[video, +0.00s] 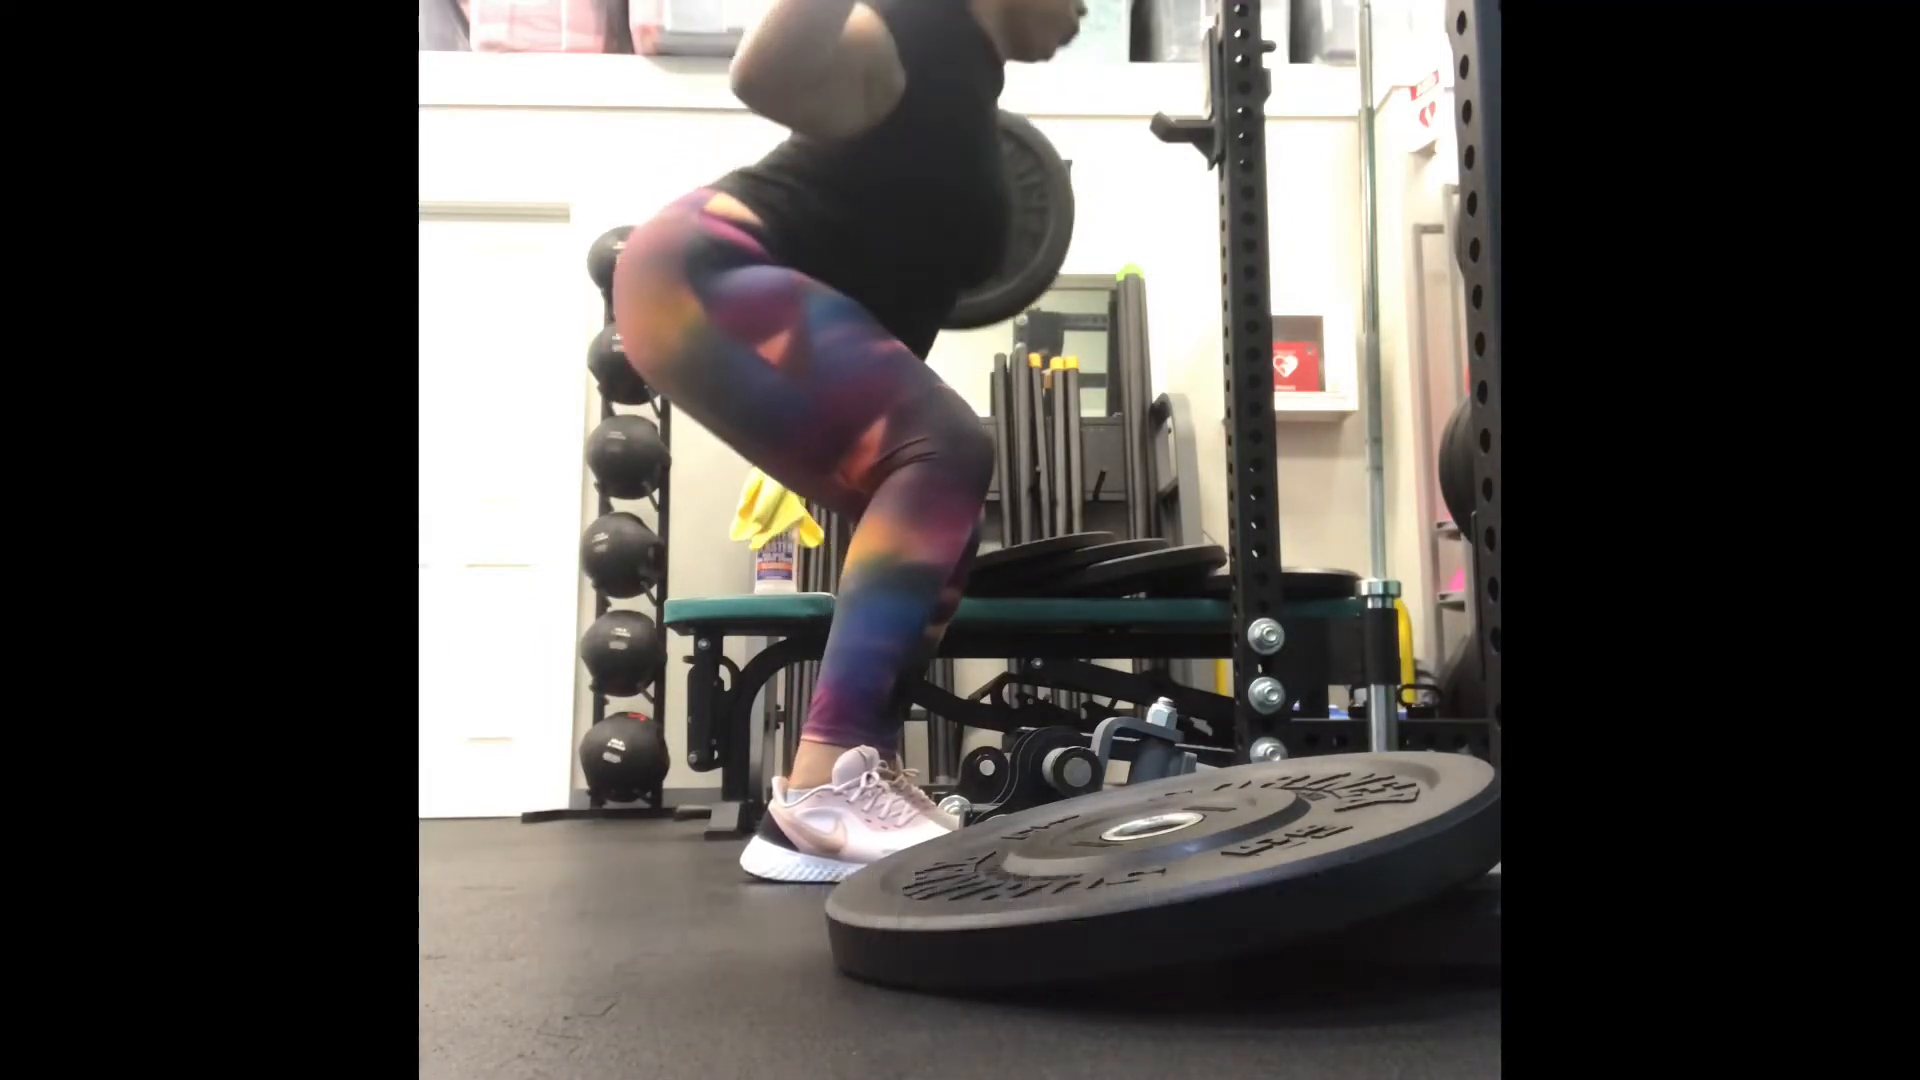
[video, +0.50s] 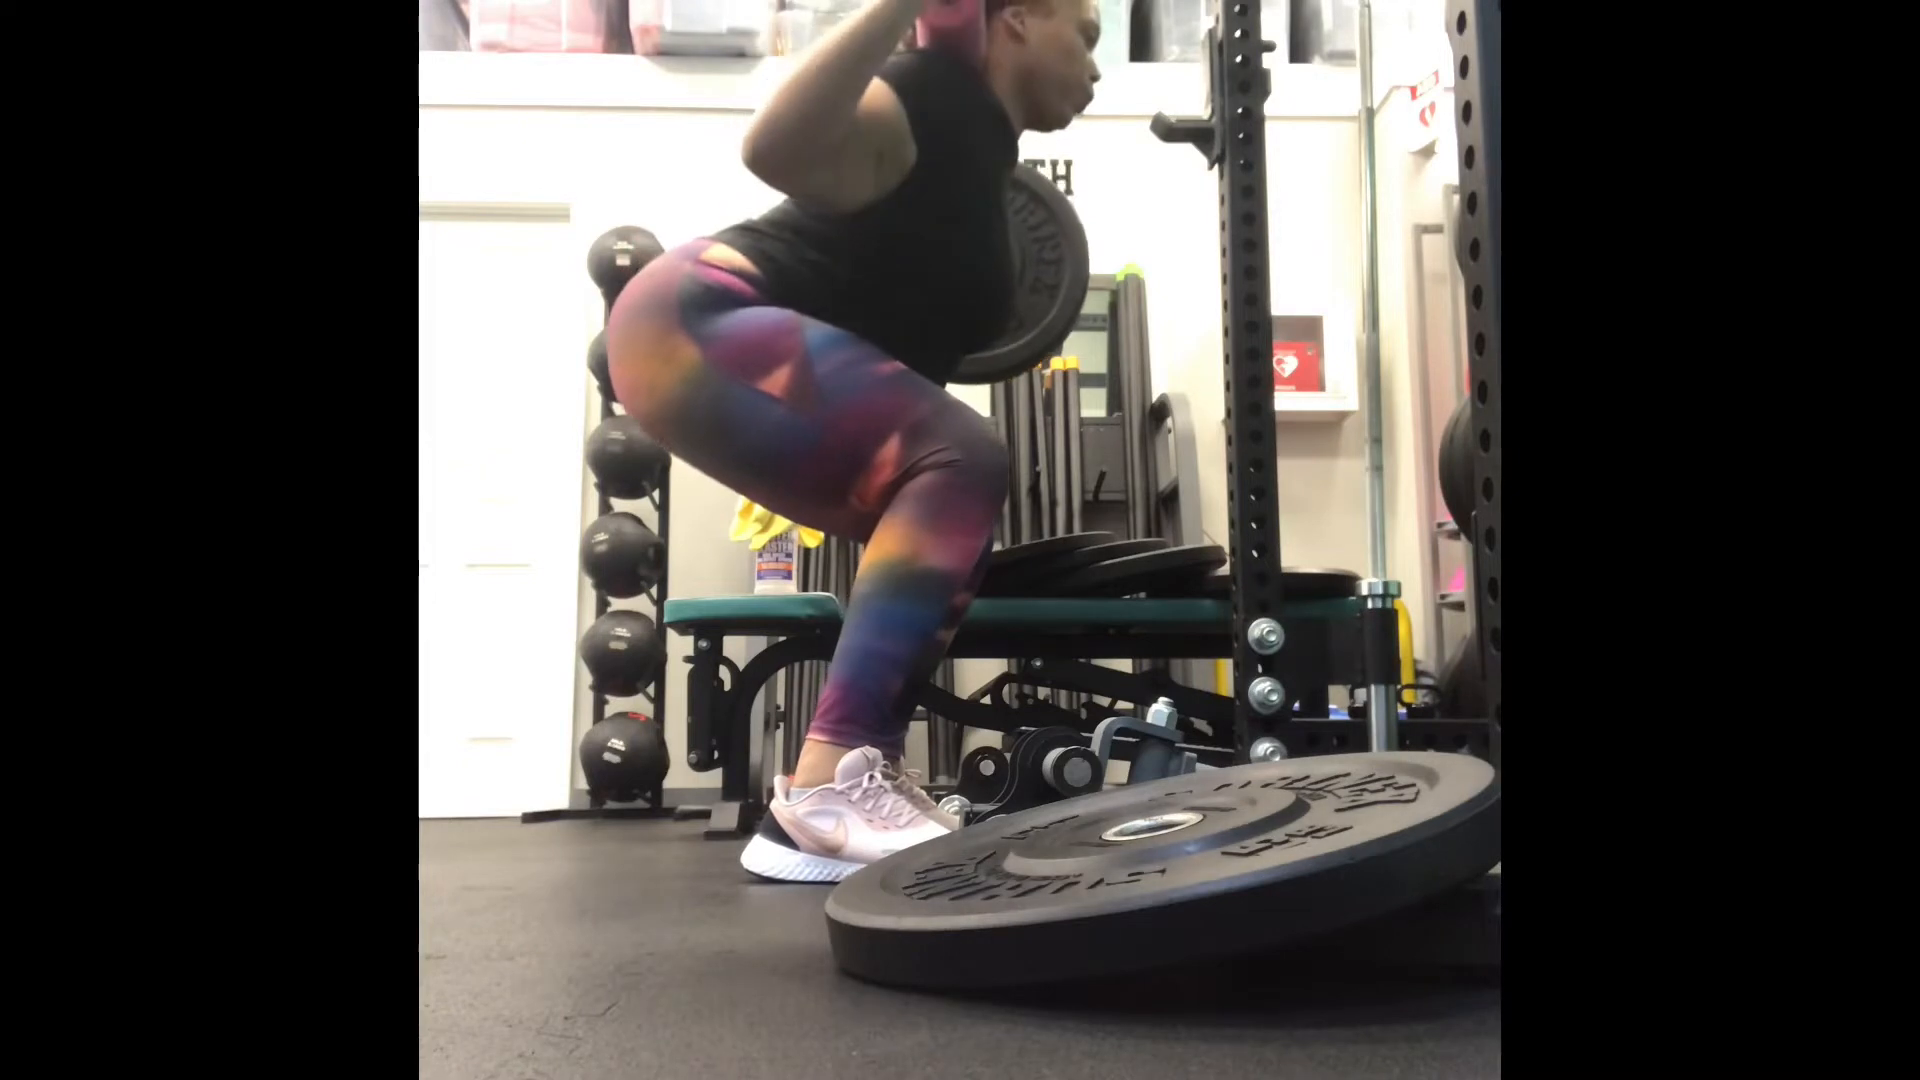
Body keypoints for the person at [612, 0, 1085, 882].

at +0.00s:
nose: (1080, 13)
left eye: (1081, 2)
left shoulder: (962, 104)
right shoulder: (932, 33)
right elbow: (769, 74)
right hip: (697, 260)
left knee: (925, 506)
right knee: (941, 446)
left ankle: (831, 801)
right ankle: (827, 780)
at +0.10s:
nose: (1086, 26)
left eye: (1086, 8)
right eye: (1076, 1)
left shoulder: (966, 117)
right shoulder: (926, 49)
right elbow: (770, 96)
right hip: (694, 280)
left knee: (936, 506)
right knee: (946, 450)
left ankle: (839, 796)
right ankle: (827, 781)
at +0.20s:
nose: (1089, 39)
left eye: (1089, 16)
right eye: (1077, 9)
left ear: (1010, 11)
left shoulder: (965, 123)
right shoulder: (932, 67)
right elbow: (772, 116)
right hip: (691, 294)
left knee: (942, 523)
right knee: (948, 450)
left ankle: (838, 800)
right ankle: (828, 783)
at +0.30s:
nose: (1091, 56)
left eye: (1091, 30)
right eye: (1080, 22)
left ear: (1013, 19)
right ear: (1007, 10)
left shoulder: (966, 128)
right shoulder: (935, 82)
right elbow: (777, 133)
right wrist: (890, 4)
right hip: (690, 306)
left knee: (946, 506)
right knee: (952, 451)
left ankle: (841, 797)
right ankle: (829, 783)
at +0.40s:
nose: (1093, 64)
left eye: (1093, 39)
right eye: (1084, 31)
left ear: (1019, 24)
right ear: (1013, 18)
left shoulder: (965, 141)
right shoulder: (936, 93)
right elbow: (779, 143)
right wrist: (895, 8)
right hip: (688, 314)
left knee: (948, 495)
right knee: (955, 452)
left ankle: (848, 786)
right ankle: (828, 783)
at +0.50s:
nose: (1096, 66)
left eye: (1095, 41)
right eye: (1086, 33)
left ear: (1020, 28)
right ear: (1013, 21)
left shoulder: (966, 146)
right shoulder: (941, 96)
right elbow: (780, 147)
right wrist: (901, 10)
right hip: (689, 313)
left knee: (950, 487)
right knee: (956, 454)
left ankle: (848, 786)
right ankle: (829, 783)